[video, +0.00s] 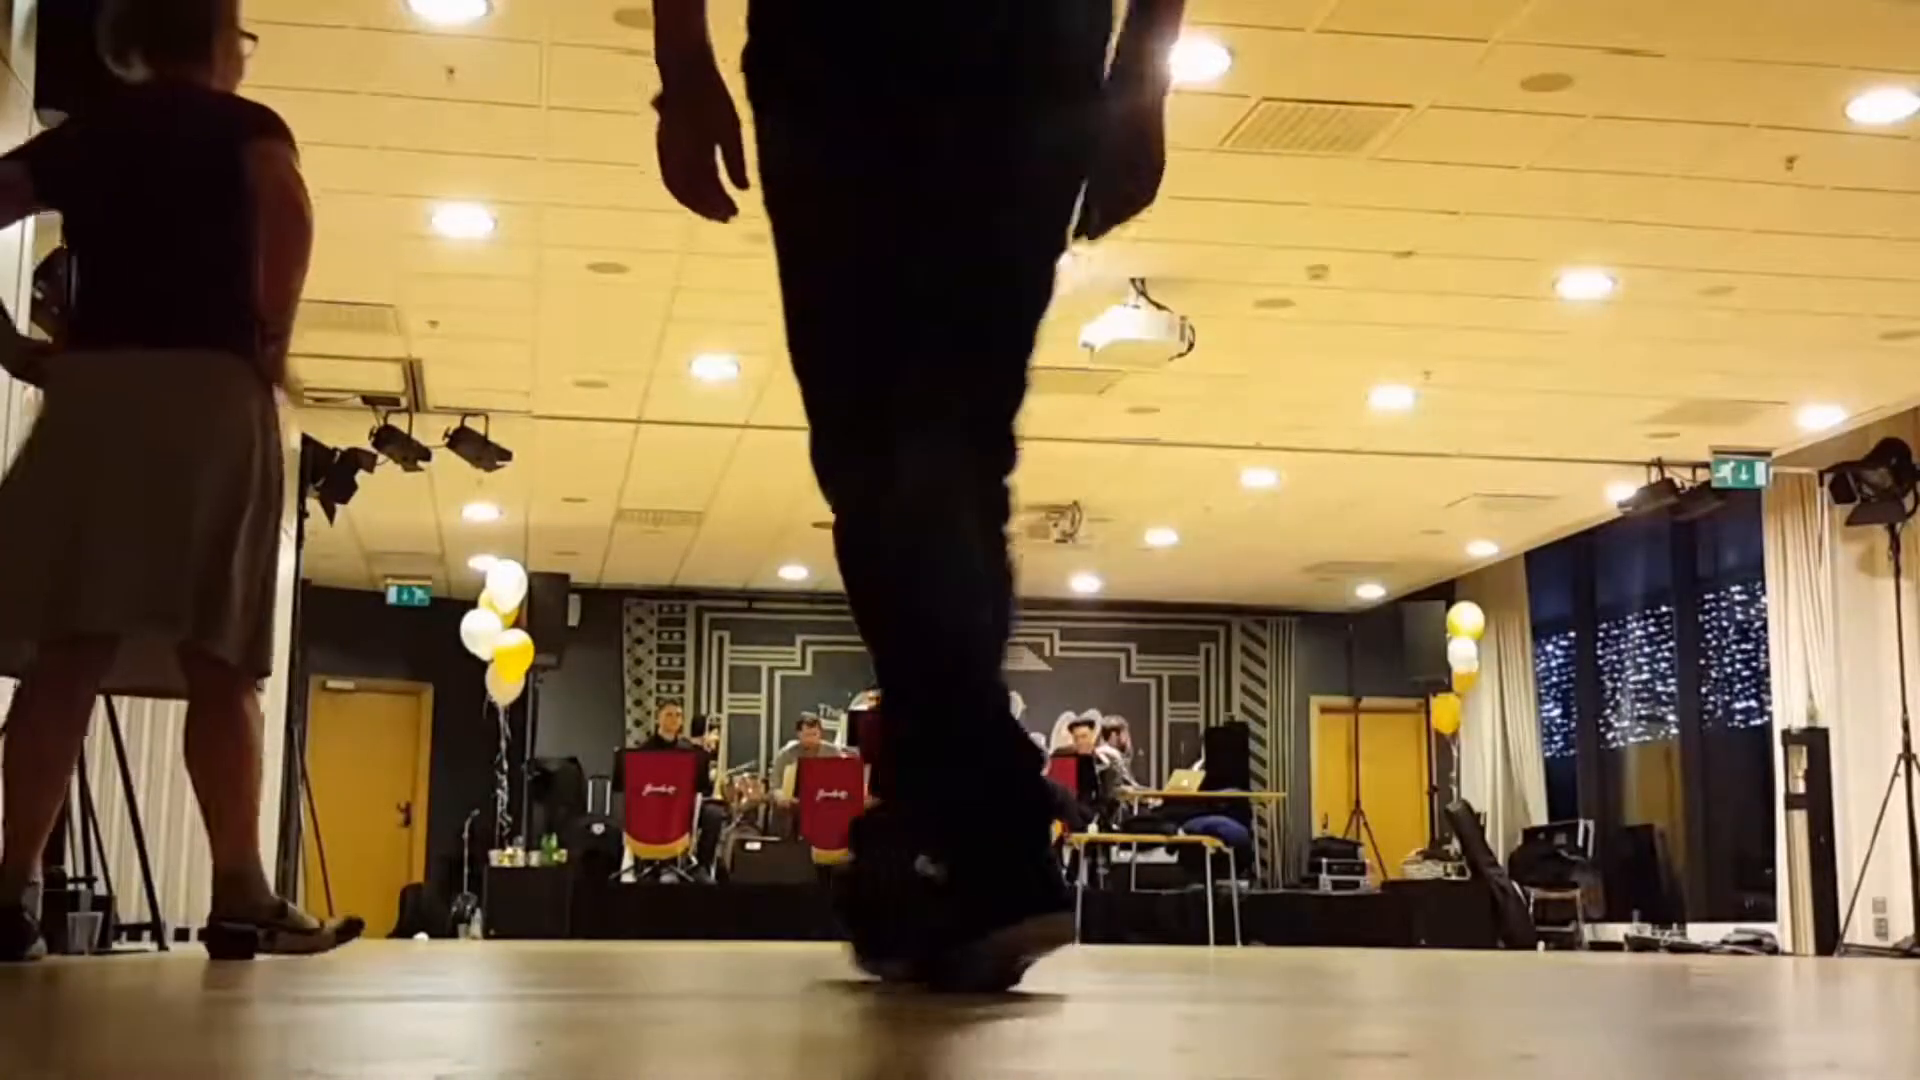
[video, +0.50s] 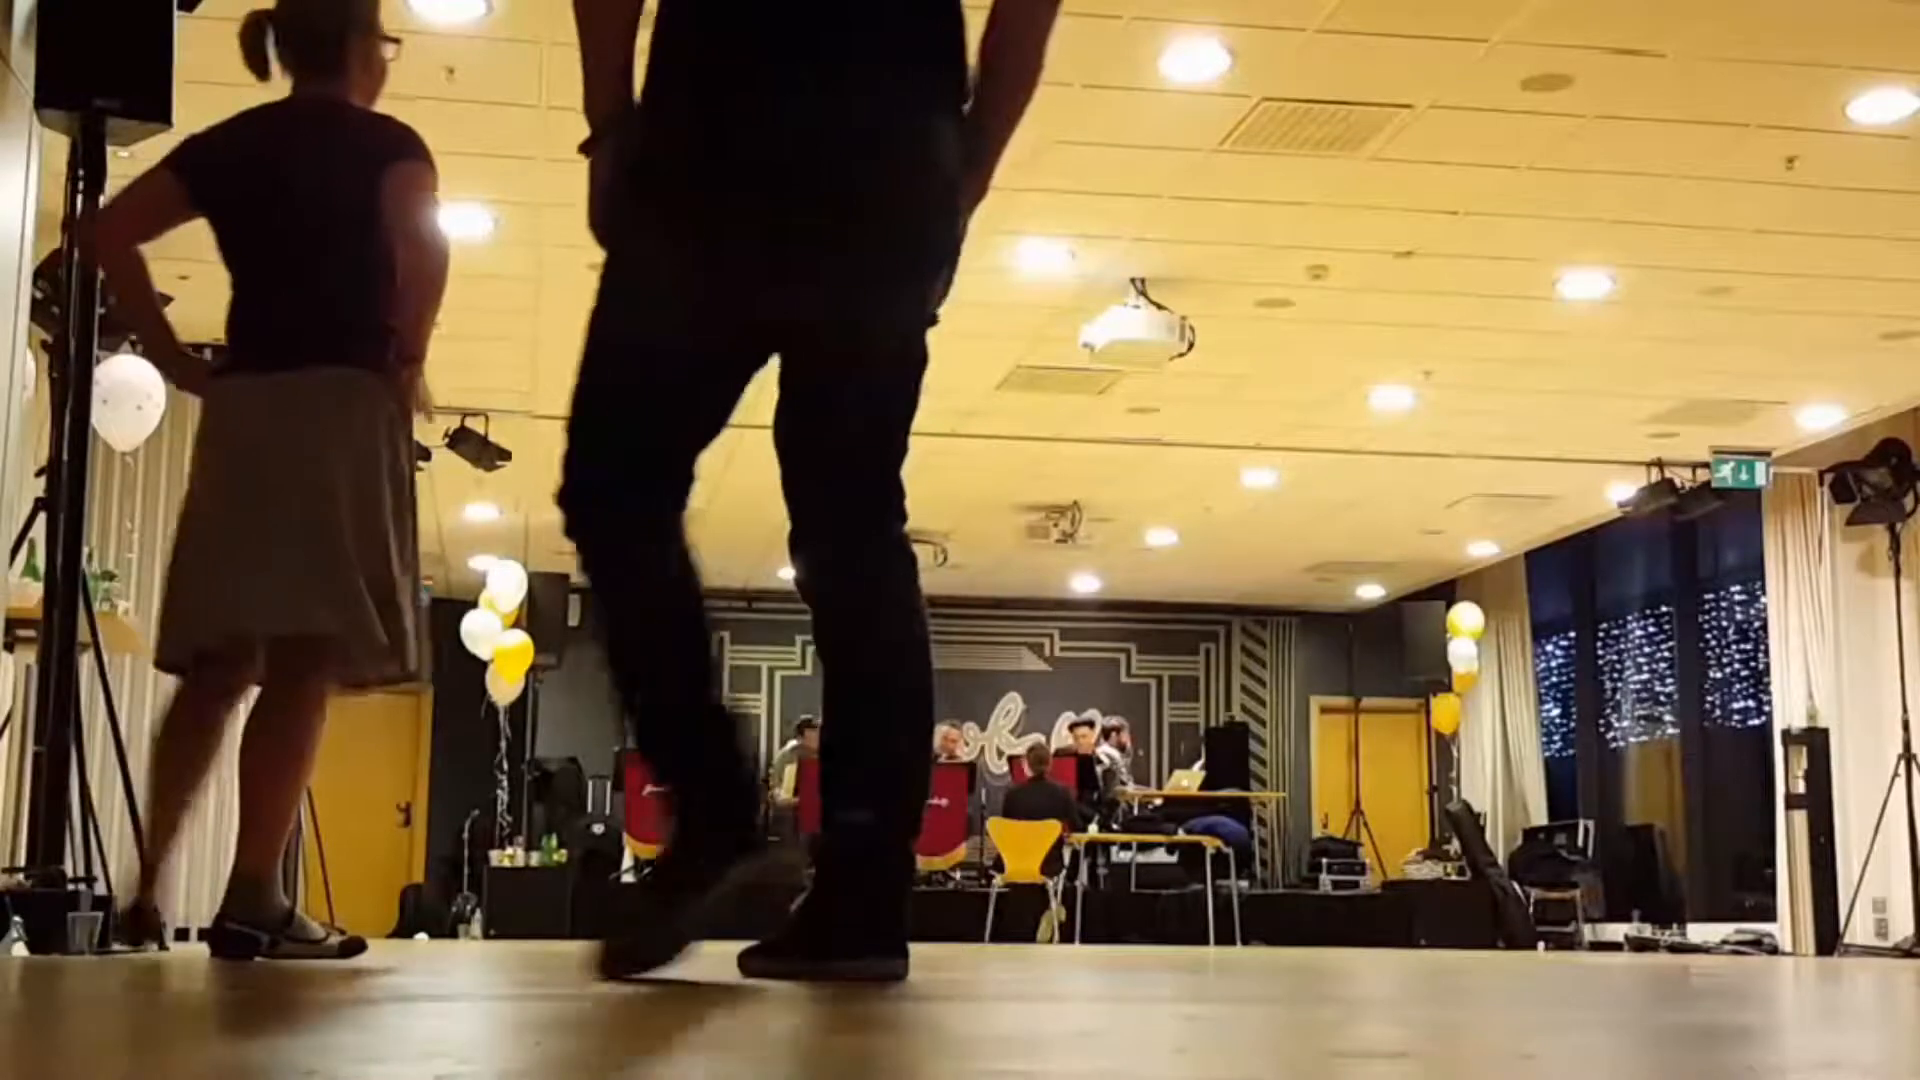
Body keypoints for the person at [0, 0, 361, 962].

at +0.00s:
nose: (246, 56)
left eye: (242, 40)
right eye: (241, 39)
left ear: (137, 47)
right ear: (221, 41)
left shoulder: (83, 133)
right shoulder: (252, 123)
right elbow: (288, 218)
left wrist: (13, 347)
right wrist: (274, 339)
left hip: (90, 395)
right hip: (216, 399)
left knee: (62, 662)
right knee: (221, 669)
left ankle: (10, 895)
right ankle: (241, 900)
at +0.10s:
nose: (277, 53)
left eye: (272, 36)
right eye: (270, 37)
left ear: (170, 45)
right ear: (246, 40)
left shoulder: (115, 129)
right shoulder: (280, 127)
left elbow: (4, 205)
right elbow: (319, 215)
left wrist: (43, 338)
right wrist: (301, 337)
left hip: (115, 393)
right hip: (241, 398)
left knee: (85, 650)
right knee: (245, 666)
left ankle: (16, 882)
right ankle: (244, 901)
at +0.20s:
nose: (307, 57)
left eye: (303, 39)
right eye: (300, 40)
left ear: (211, 48)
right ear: (277, 44)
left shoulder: (148, 137)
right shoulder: (317, 135)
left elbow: (26, 214)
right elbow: (358, 236)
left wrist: (73, 341)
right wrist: (340, 340)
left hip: (158, 407)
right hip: (277, 408)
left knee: (106, 654)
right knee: (270, 666)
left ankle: (12, 865)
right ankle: (251, 903)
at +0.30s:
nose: (340, 65)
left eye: (336, 48)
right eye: (334, 48)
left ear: (238, 58)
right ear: (313, 52)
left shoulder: (184, 143)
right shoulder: (350, 145)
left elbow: (60, 228)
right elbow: (402, 241)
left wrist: (115, 362)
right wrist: (380, 356)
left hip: (197, 411)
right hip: (313, 412)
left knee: (140, 655)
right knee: (286, 668)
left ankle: (18, 850)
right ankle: (252, 903)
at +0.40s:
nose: (365, 62)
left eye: (362, 45)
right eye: (359, 45)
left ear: (265, 55)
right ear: (334, 49)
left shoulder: (209, 141)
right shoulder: (374, 144)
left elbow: (87, 230)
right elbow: (420, 246)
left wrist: (139, 349)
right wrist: (406, 346)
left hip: (222, 414)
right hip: (332, 413)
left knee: (174, 660)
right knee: (300, 666)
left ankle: (64, 856)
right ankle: (252, 905)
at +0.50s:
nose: (390, 58)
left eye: (387, 40)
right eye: (381, 41)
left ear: (292, 50)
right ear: (353, 48)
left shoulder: (231, 142)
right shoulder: (390, 145)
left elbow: (108, 236)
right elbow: (420, 250)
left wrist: (172, 356)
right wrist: (407, 353)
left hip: (239, 414)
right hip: (343, 413)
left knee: (216, 669)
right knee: (304, 667)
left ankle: (150, 899)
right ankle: (255, 906)